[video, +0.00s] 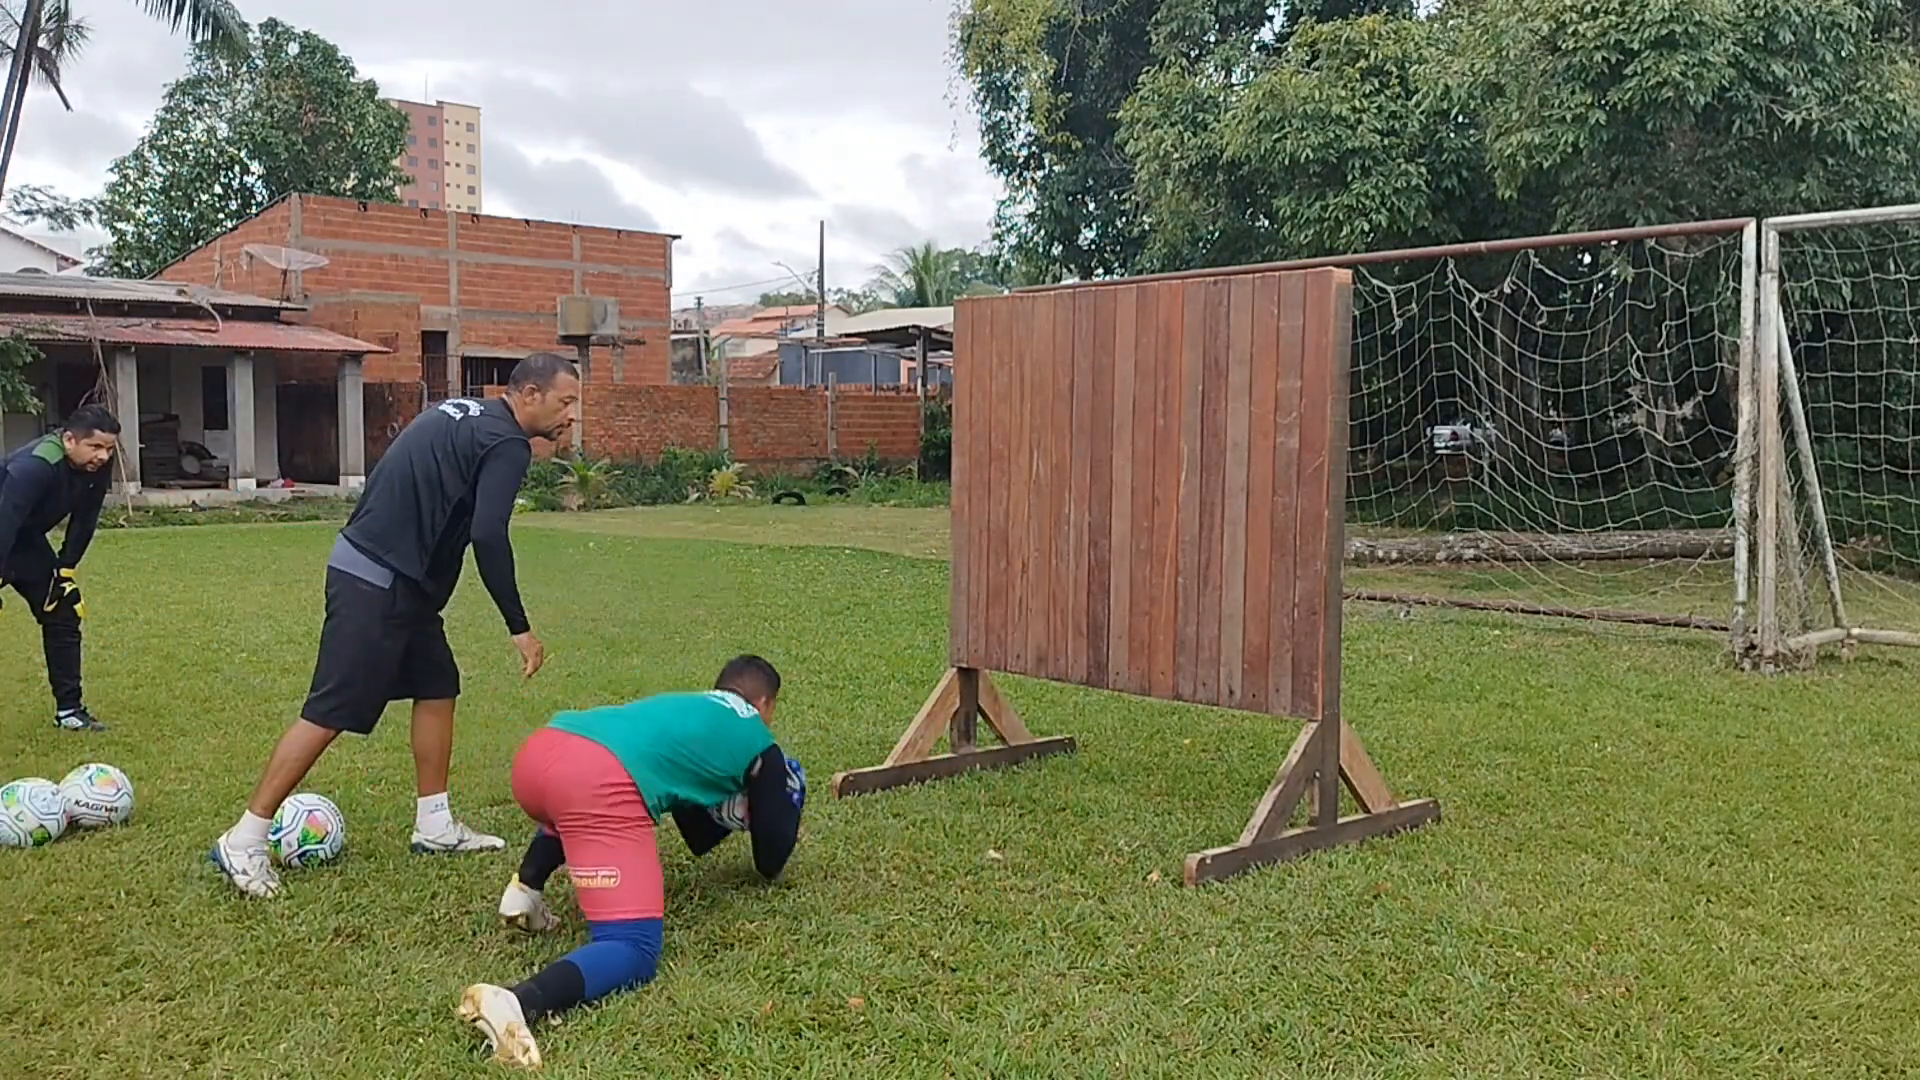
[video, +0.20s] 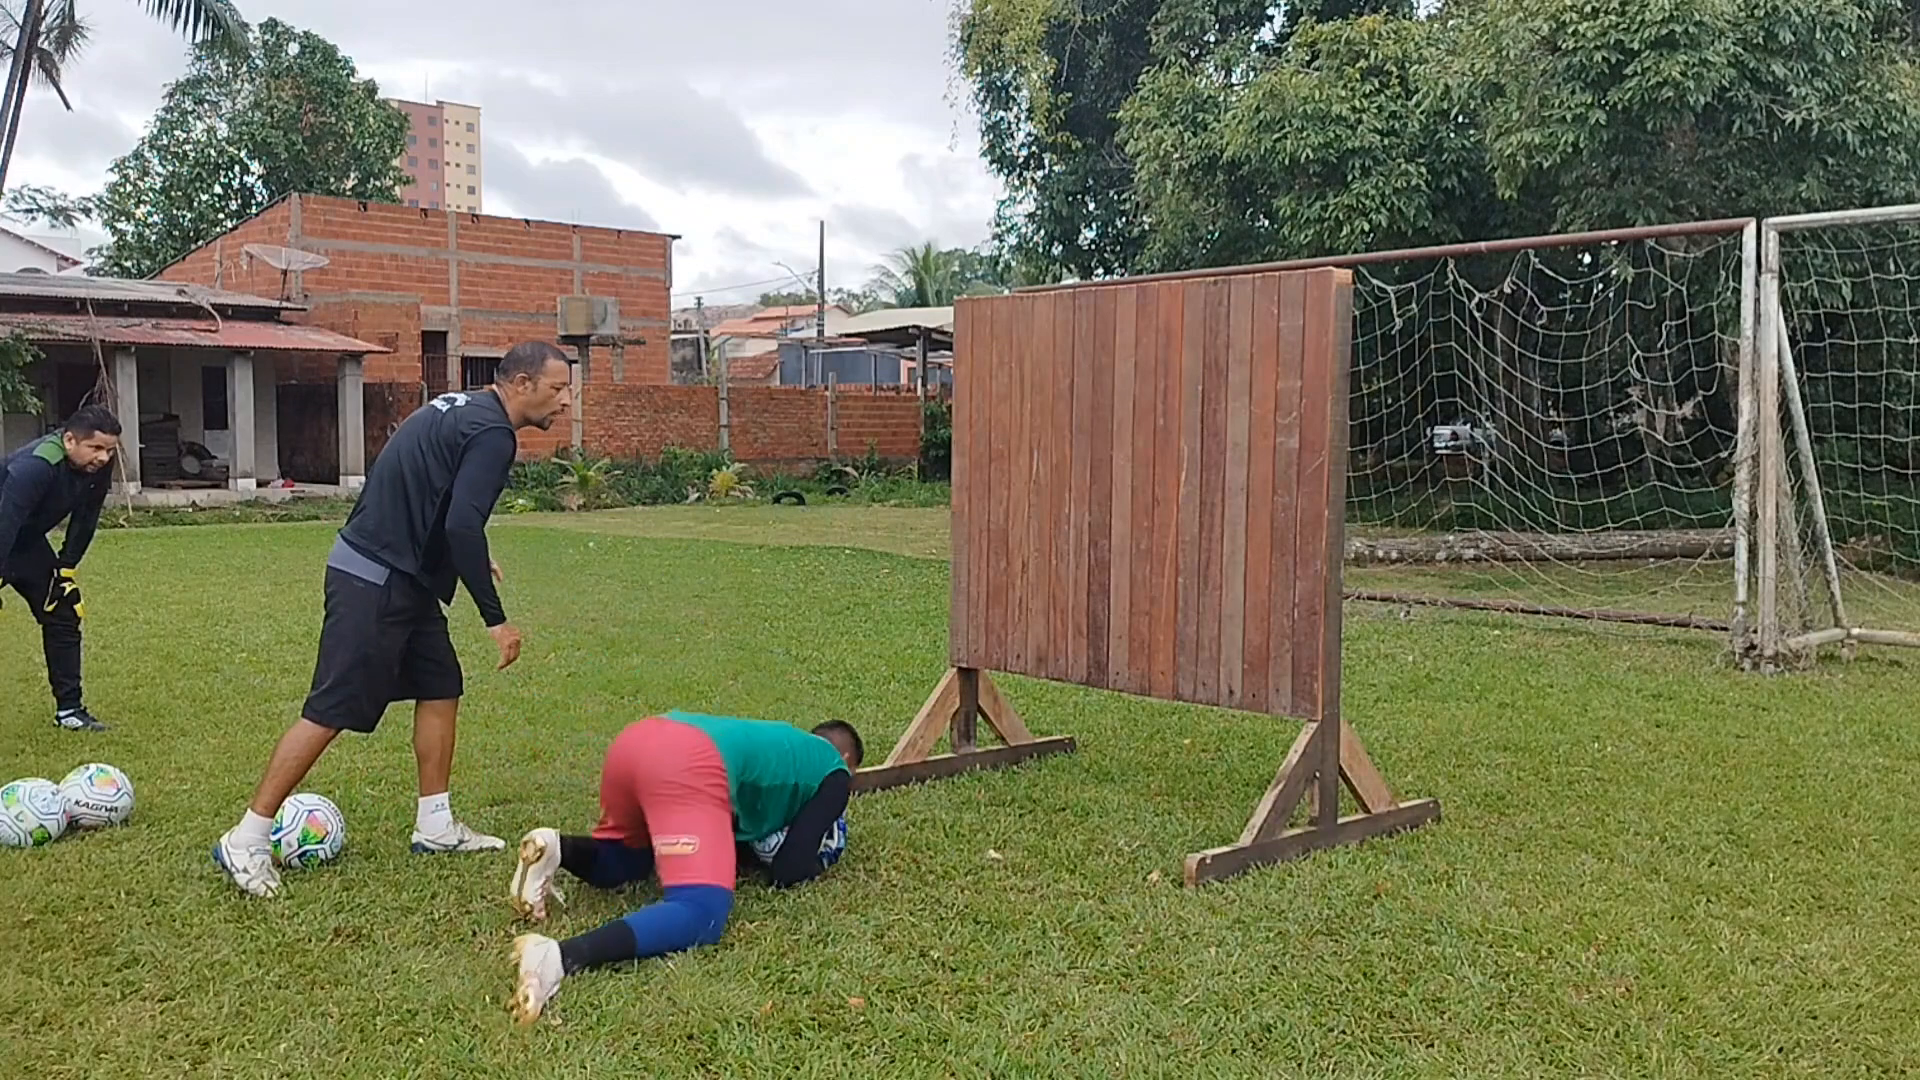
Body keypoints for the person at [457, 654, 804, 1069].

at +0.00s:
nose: (773, 714)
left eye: (775, 707)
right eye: (774, 707)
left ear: (719, 687)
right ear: (764, 704)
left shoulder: (678, 712)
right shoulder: (758, 739)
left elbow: (701, 838)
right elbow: (771, 862)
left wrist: (748, 795)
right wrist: (785, 789)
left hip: (538, 752)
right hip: (600, 781)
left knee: (571, 805)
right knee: (632, 949)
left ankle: (523, 892)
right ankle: (516, 1003)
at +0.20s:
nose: (846, 775)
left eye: (846, 767)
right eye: (849, 769)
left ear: (813, 739)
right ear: (846, 759)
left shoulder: (769, 745)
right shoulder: (836, 773)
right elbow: (787, 870)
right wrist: (821, 851)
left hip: (636, 737)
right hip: (689, 757)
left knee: (627, 863)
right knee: (701, 914)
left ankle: (554, 848)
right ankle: (559, 957)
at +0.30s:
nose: (857, 783)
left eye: (859, 774)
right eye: (862, 776)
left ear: (835, 744)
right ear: (858, 764)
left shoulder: (790, 741)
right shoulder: (850, 777)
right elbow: (796, 846)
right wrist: (811, 866)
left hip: (655, 719)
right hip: (715, 731)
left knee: (652, 851)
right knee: (766, 889)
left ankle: (566, 840)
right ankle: (622, 897)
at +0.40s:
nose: (859, 759)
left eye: (862, 752)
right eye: (864, 753)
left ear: (836, 728)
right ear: (858, 747)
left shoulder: (787, 724)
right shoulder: (854, 764)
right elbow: (802, 816)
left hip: (665, 726)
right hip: (726, 738)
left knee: (691, 840)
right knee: (823, 864)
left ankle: (600, 848)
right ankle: (685, 873)